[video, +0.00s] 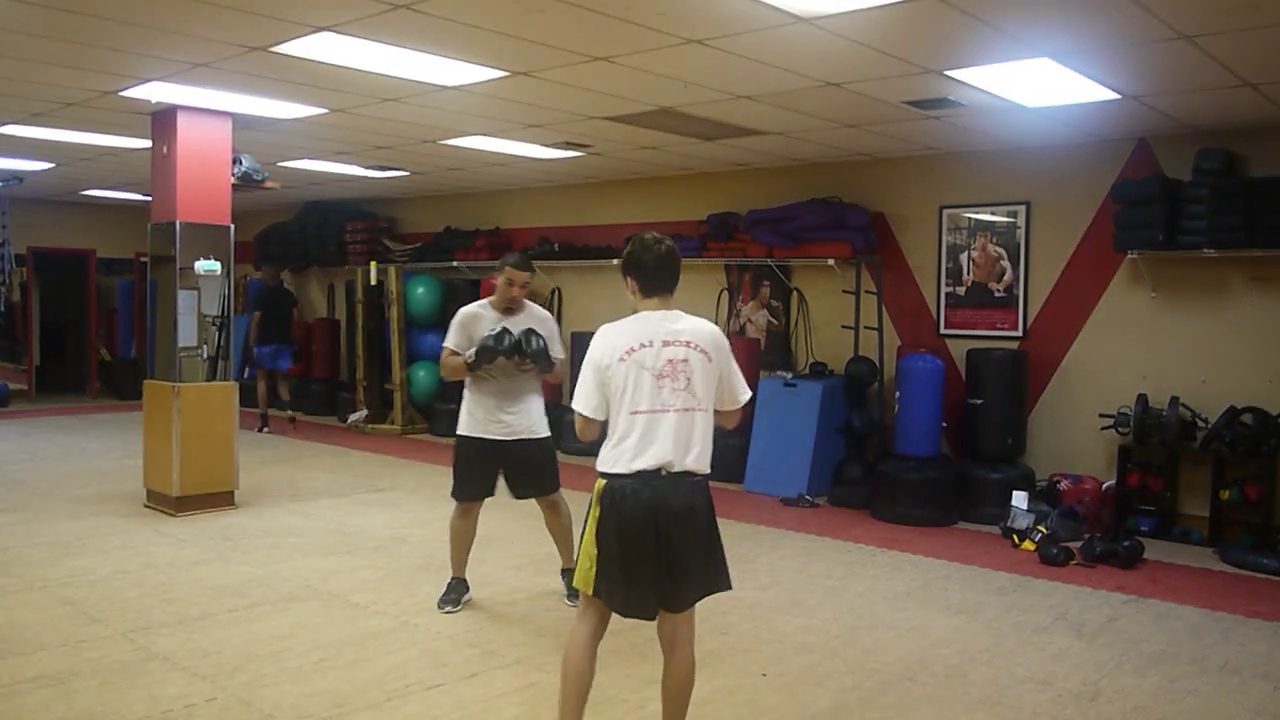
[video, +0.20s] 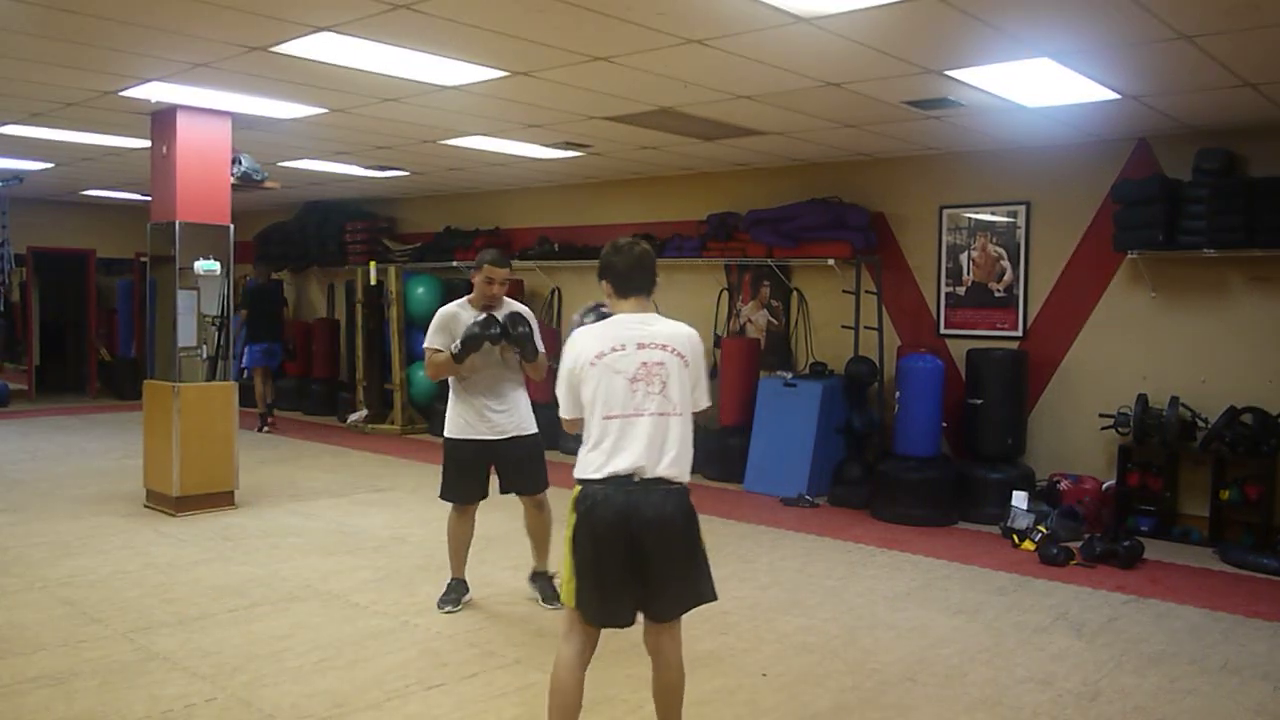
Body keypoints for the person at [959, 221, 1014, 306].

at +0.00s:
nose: (983, 241)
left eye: (985, 237)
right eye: (979, 237)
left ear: (990, 237)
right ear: (975, 237)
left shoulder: (998, 252)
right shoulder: (971, 253)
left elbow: (1009, 272)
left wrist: (1000, 286)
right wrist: (966, 279)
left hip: (992, 288)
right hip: (975, 287)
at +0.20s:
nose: (983, 241)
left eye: (985, 237)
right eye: (979, 237)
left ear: (990, 237)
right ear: (975, 237)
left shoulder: (998, 252)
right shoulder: (971, 253)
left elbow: (1009, 272)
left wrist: (1000, 286)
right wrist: (966, 279)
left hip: (992, 288)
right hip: (975, 287)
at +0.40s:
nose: (983, 241)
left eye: (985, 237)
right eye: (979, 237)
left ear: (990, 237)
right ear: (975, 237)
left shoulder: (998, 252)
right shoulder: (971, 253)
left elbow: (1009, 272)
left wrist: (1000, 286)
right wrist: (966, 279)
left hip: (992, 288)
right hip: (975, 287)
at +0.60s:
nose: (983, 241)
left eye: (985, 237)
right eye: (979, 237)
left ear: (990, 237)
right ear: (975, 238)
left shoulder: (998, 252)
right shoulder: (971, 253)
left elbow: (1009, 272)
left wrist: (1000, 286)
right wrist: (966, 279)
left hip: (992, 288)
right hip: (975, 287)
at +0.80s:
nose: (983, 241)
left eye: (985, 237)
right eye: (979, 237)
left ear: (990, 237)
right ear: (975, 237)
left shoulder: (998, 252)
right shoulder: (971, 253)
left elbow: (1009, 272)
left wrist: (1000, 286)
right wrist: (966, 279)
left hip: (992, 288)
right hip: (975, 287)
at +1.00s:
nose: (983, 241)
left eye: (985, 237)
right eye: (979, 237)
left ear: (990, 237)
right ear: (975, 237)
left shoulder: (998, 252)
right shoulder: (971, 253)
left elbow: (1009, 272)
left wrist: (1000, 286)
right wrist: (966, 279)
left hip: (992, 288)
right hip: (975, 287)